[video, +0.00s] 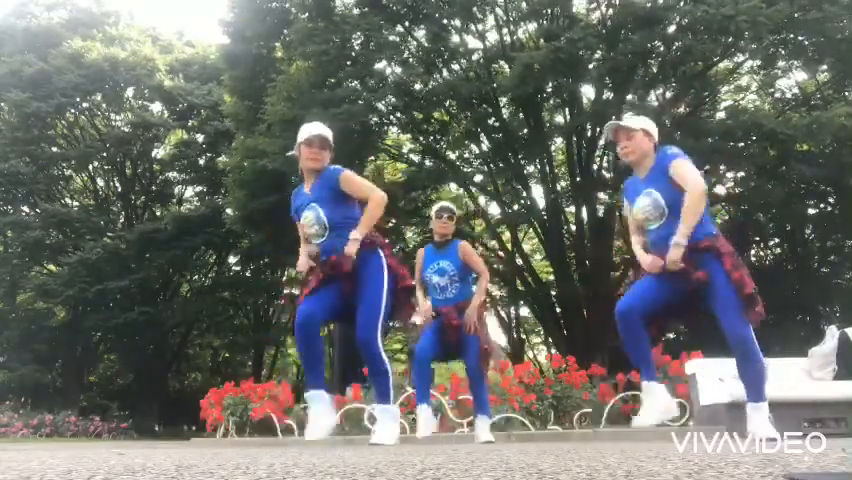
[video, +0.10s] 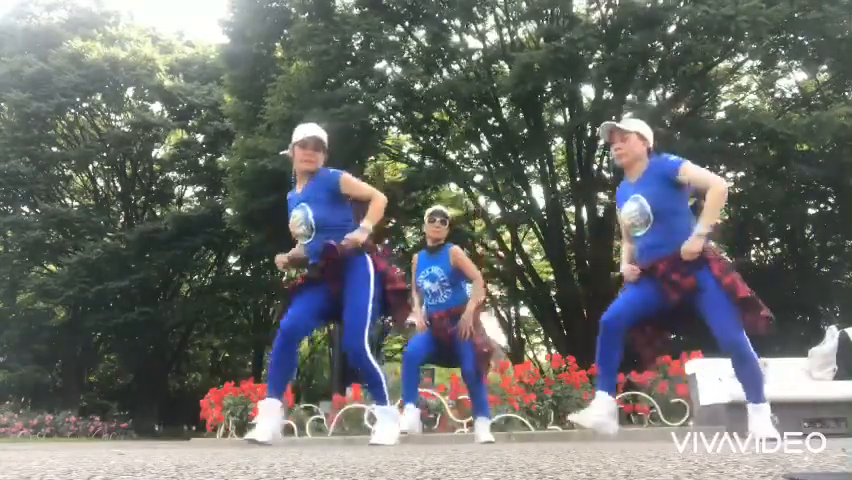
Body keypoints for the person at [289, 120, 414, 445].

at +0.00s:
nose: (316, 151)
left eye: (323, 146)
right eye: (310, 144)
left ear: (330, 153)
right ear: (297, 150)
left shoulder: (336, 176)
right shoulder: (298, 196)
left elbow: (378, 197)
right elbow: (306, 238)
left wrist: (356, 237)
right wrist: (305, 254)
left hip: (367, 261)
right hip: (335, 271)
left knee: (367, 336)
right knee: (306, 317)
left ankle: (387, 418)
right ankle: (320, 407)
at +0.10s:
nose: (310, 153)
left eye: (317, 148)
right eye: (304, 147)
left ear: (324, 154)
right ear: (292, 153)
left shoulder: (332, 179)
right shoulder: (293, 197)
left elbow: (378, 198)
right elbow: (309, 243)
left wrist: (364, 229)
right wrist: (289, 257)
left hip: (355, 266)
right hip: (321, 274)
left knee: (355, 345)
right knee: (288, 329)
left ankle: (387, 417)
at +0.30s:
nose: (316, 125)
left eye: (322, 121)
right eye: (310, 118)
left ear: (328, 127)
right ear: (296, 121)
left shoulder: (336, 159)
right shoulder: (274, 157)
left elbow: (359, 201)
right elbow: (259, 201)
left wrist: (339, 197)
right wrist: (251, 205)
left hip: (322, 244)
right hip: (282, 245)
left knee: (332, 327)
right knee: (266, 327)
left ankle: (354, 403)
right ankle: (259, 415)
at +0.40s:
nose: (319, 121)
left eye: (325, 115)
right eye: (313, 113)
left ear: (330, 119)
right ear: (298, 114)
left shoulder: (335, 150)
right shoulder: (278, 132)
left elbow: (355, 178)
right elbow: (262, 157)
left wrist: (327, 180)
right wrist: (290, 171)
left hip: (316, 236)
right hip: (275, 232)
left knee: (308, 314)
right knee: (265, 316)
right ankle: (247, 406)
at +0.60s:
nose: (327, 146)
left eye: (332, 141)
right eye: (320, 140)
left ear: (336, 146)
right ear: (305, 143)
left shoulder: (333, 187)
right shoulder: (288, 165)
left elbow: (357, 209)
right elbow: (304, 188)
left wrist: (377, 218)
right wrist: (346, 205)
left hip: (291, 264)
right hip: (258, 251)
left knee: (316, 325)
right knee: (255, 333)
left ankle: (270, 404)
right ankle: (236, 416)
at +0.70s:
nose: (333, 145)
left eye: (339, 140)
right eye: (326, 139)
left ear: (345, 147)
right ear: (313, 144)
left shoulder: (338, 192)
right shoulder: (298, 165)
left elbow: (357, 236)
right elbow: (275, 194)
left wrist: (379, 238)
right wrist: (320, 202)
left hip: (294, 267)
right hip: (264, 254)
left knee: (337, 311)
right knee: (262, 331)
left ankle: (304, 397)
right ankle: (237, 416)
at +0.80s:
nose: (344, 147)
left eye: (348, 141)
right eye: (337, 141)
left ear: (352, 146)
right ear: (321, 145)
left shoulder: (341, 185)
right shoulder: (304, 170)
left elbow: (325, 233)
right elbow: (262, 203)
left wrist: (346, 252)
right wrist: (271, 218)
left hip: (319, 273)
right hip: (289, 268)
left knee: (363, 324)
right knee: (280, 344)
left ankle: (370, 416)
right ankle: (240, 417)